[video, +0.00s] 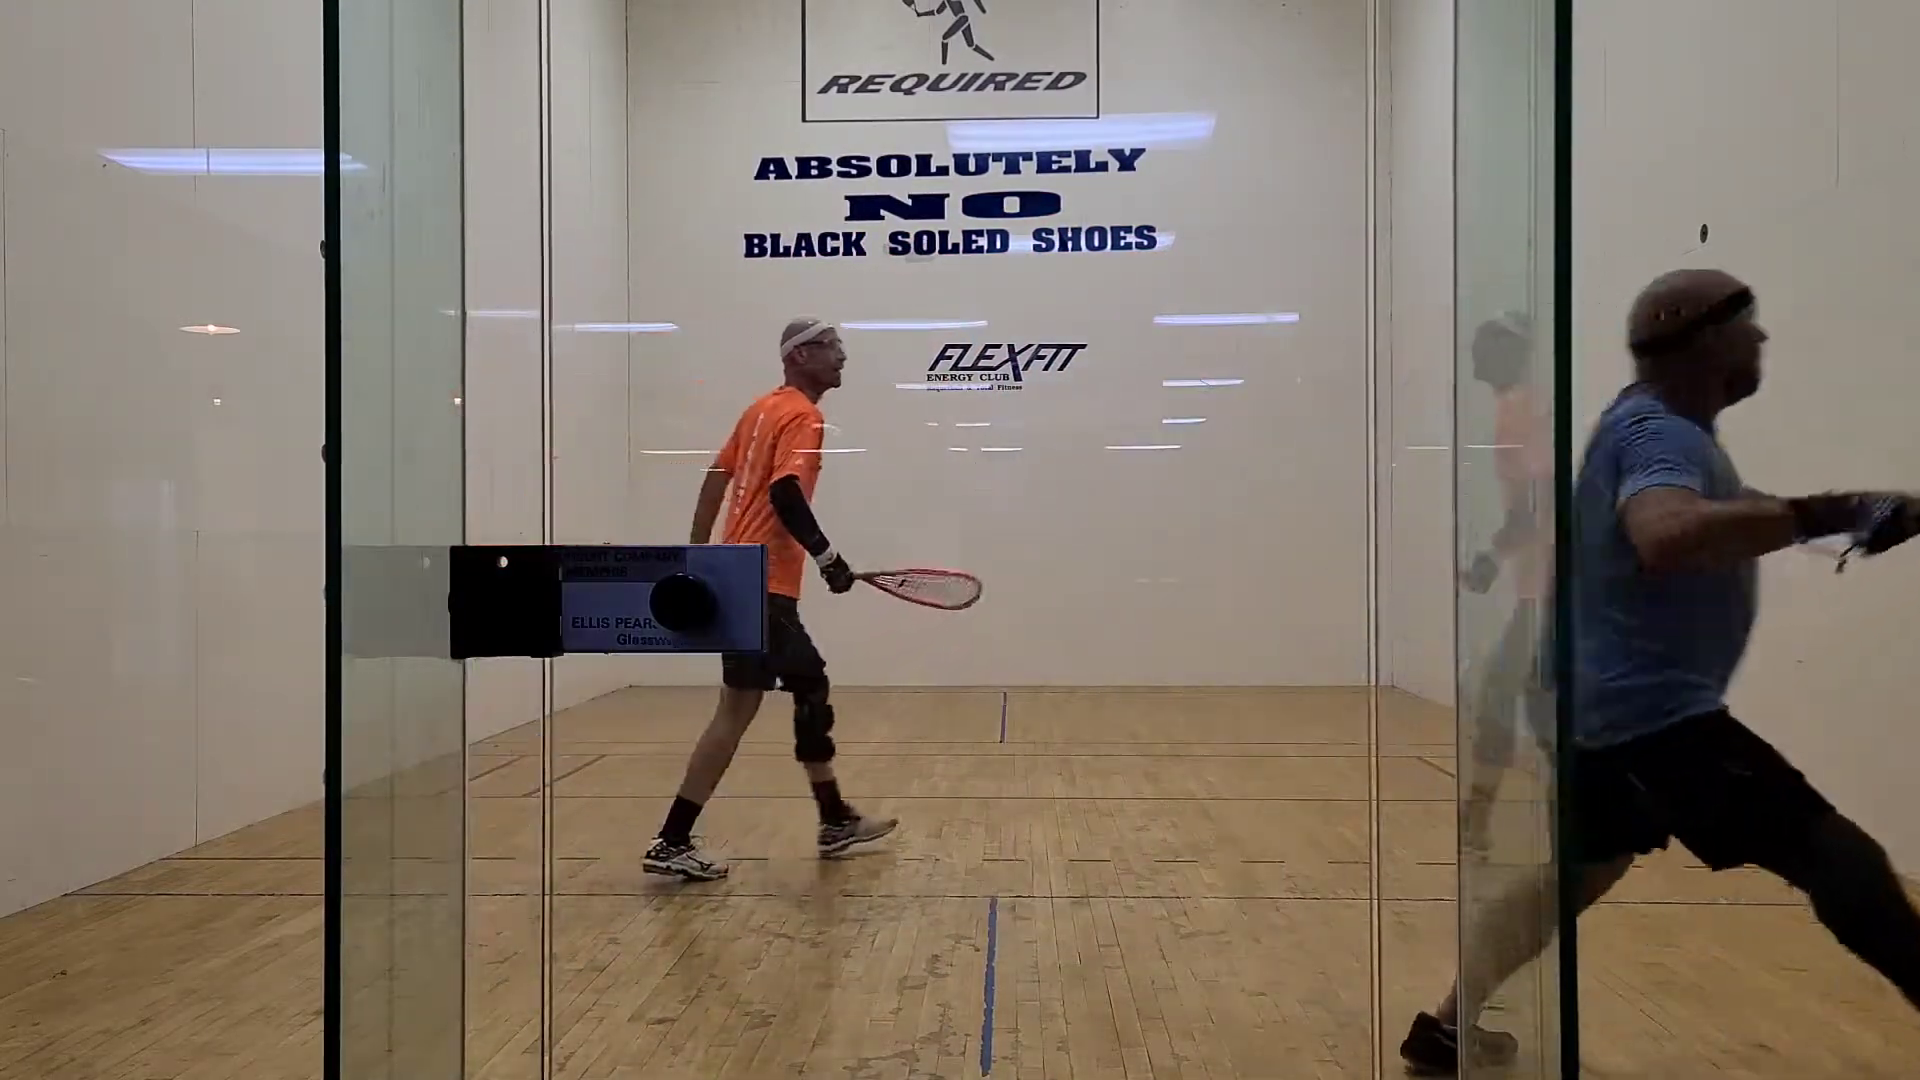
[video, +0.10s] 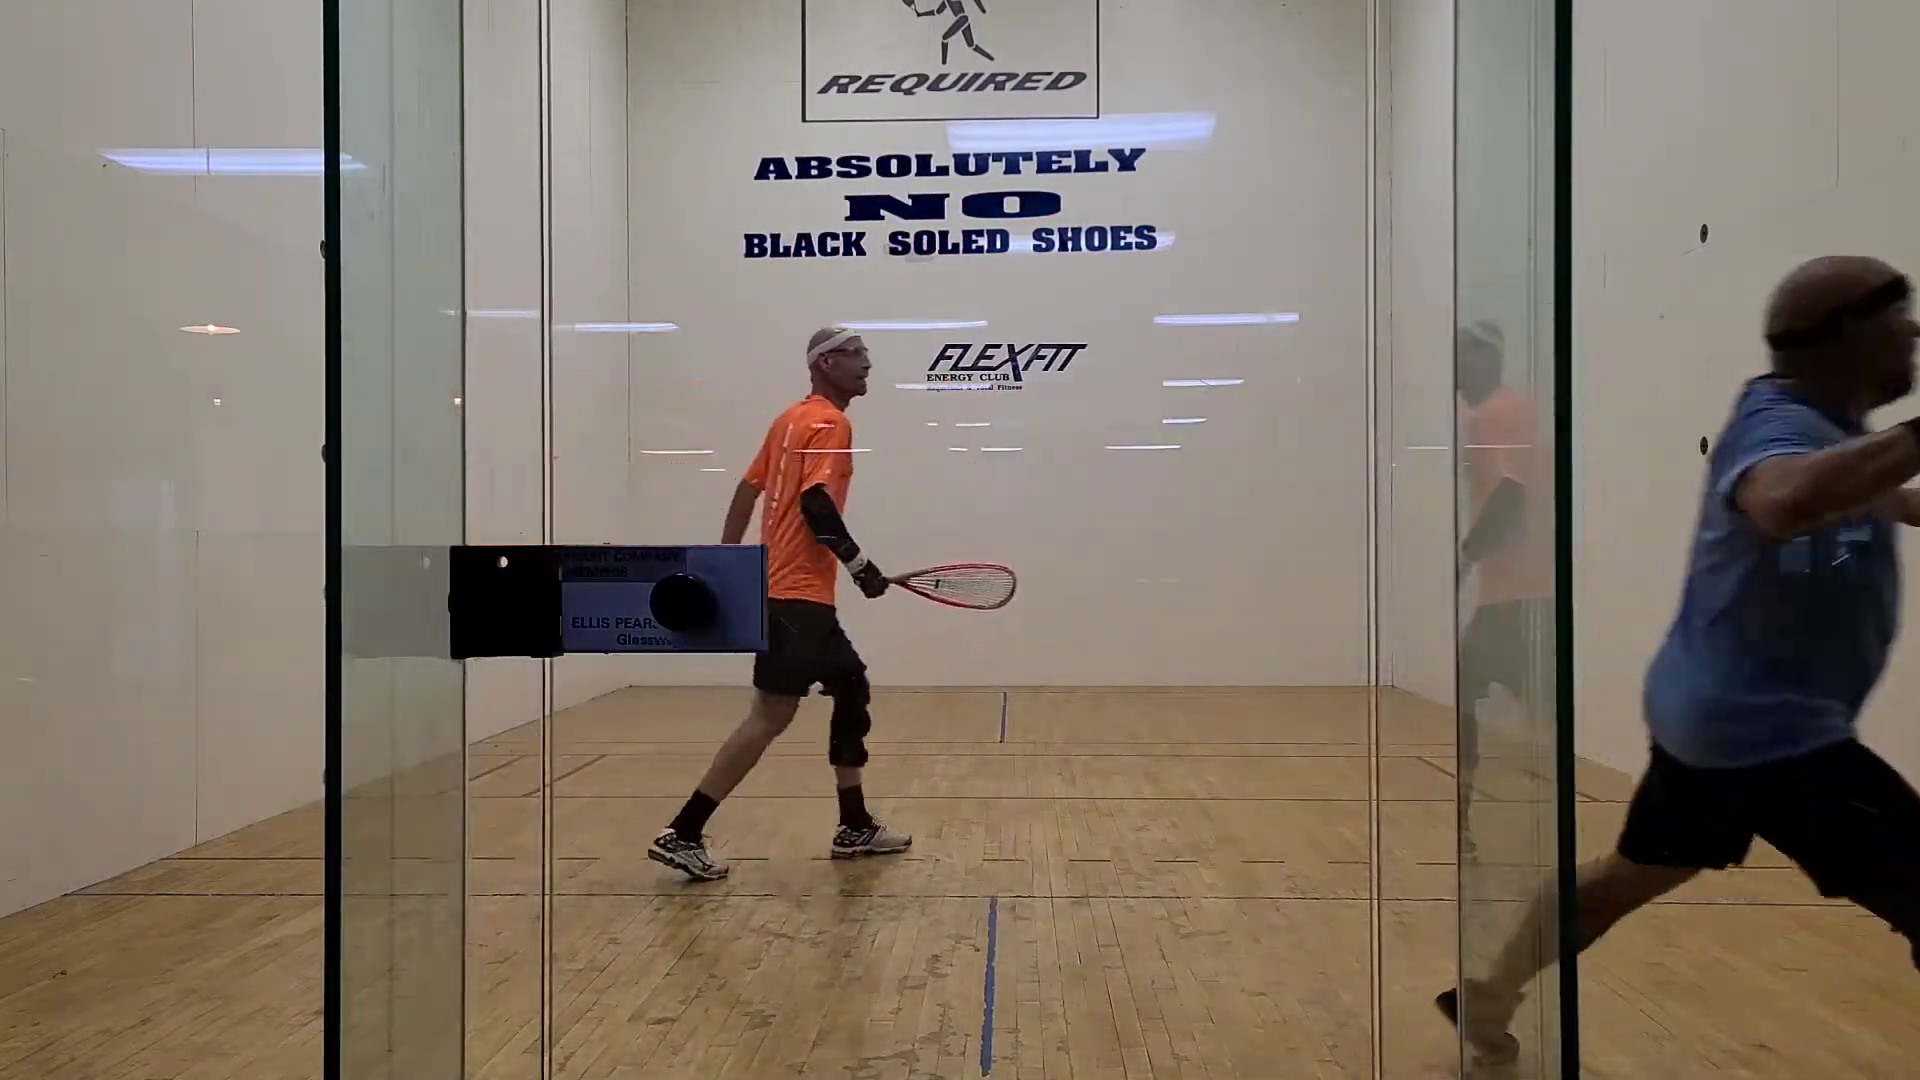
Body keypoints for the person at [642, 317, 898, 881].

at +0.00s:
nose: (843, 356)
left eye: (840, 346)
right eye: (832, 347)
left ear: (796, 359)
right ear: (799, 357)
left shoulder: (759, 410)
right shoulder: (803, 415)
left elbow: (715, 480)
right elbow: (785, 492)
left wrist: (696, 559)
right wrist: (828, 555)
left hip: (745, 589)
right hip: (764, 592)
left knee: (812, 686)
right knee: (734, 712)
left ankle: (836, 820)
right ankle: (671, 843)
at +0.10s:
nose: (868, 364)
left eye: (866, 355)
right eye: (858, 355)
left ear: (823, 366)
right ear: (824, 364)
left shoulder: (788, 420)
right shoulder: (830, 423)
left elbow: (746, 489)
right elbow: (816, 500)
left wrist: (725, 564)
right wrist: (858, 561)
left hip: (784, 596)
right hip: (798, 600)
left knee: (852, 691)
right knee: (768, 718)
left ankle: (855, 826)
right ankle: (682, 834)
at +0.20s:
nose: (893, 366)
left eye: (891, 358)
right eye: (883, 357)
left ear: (849, 366)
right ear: (849, 363)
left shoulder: (820, 421)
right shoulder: (856, 418)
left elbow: (785, 508)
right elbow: (846, 499)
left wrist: (773, 586)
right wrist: (890, 558)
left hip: (813, 584)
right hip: (833, 585)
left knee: (874, 698)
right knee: (846, 714)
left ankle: (857, 825)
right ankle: (731, 811)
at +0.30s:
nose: (915, 360)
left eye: (914, 351)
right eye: (903, 351)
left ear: (873, 364)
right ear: (871, 360)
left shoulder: (853, 412)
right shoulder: (881, 411)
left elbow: (823, 499)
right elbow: (871, 488)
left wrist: (852, 559)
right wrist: (916, 548)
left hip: (837, 579)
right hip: (861, 579)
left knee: (880, 698)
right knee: (911, 701)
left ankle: (858, 826)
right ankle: (799, 802)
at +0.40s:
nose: (935, 353)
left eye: (935, 345)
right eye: (924, 345)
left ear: (894, 357)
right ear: (891, 352)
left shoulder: (874, 409)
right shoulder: (904, 403)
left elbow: (856, 493)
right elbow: (898, 479)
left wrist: (907, 541)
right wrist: (943, 540)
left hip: (857, 574)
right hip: (891, 571)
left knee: (890, 695)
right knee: (954, 689)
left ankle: (856, 823)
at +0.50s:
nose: (957, 353)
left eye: (957, 344)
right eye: (945, 344)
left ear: (916, 357)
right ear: (914, 353)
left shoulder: (896, 408)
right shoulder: (934, 403)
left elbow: (884, 492)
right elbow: (932, 478)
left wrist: (937, 542)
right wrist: (974, 536)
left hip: (880, 574)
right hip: (918, 572)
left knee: (899, 696)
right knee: (982, 690)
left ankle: (857, 824)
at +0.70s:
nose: (1012, 363)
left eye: (1007, 354)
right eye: (1006, 355)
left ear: (961, 367)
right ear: (994, 361)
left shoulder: (936, 419)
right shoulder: (1016, 411)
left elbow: (925, 500)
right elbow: (1019, 486)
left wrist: (963, 546)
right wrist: (1051, 548)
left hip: (937, 591)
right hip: (994, 587)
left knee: (932, 702)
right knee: (1046, 704)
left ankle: (867, 815)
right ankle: (1051, 849)